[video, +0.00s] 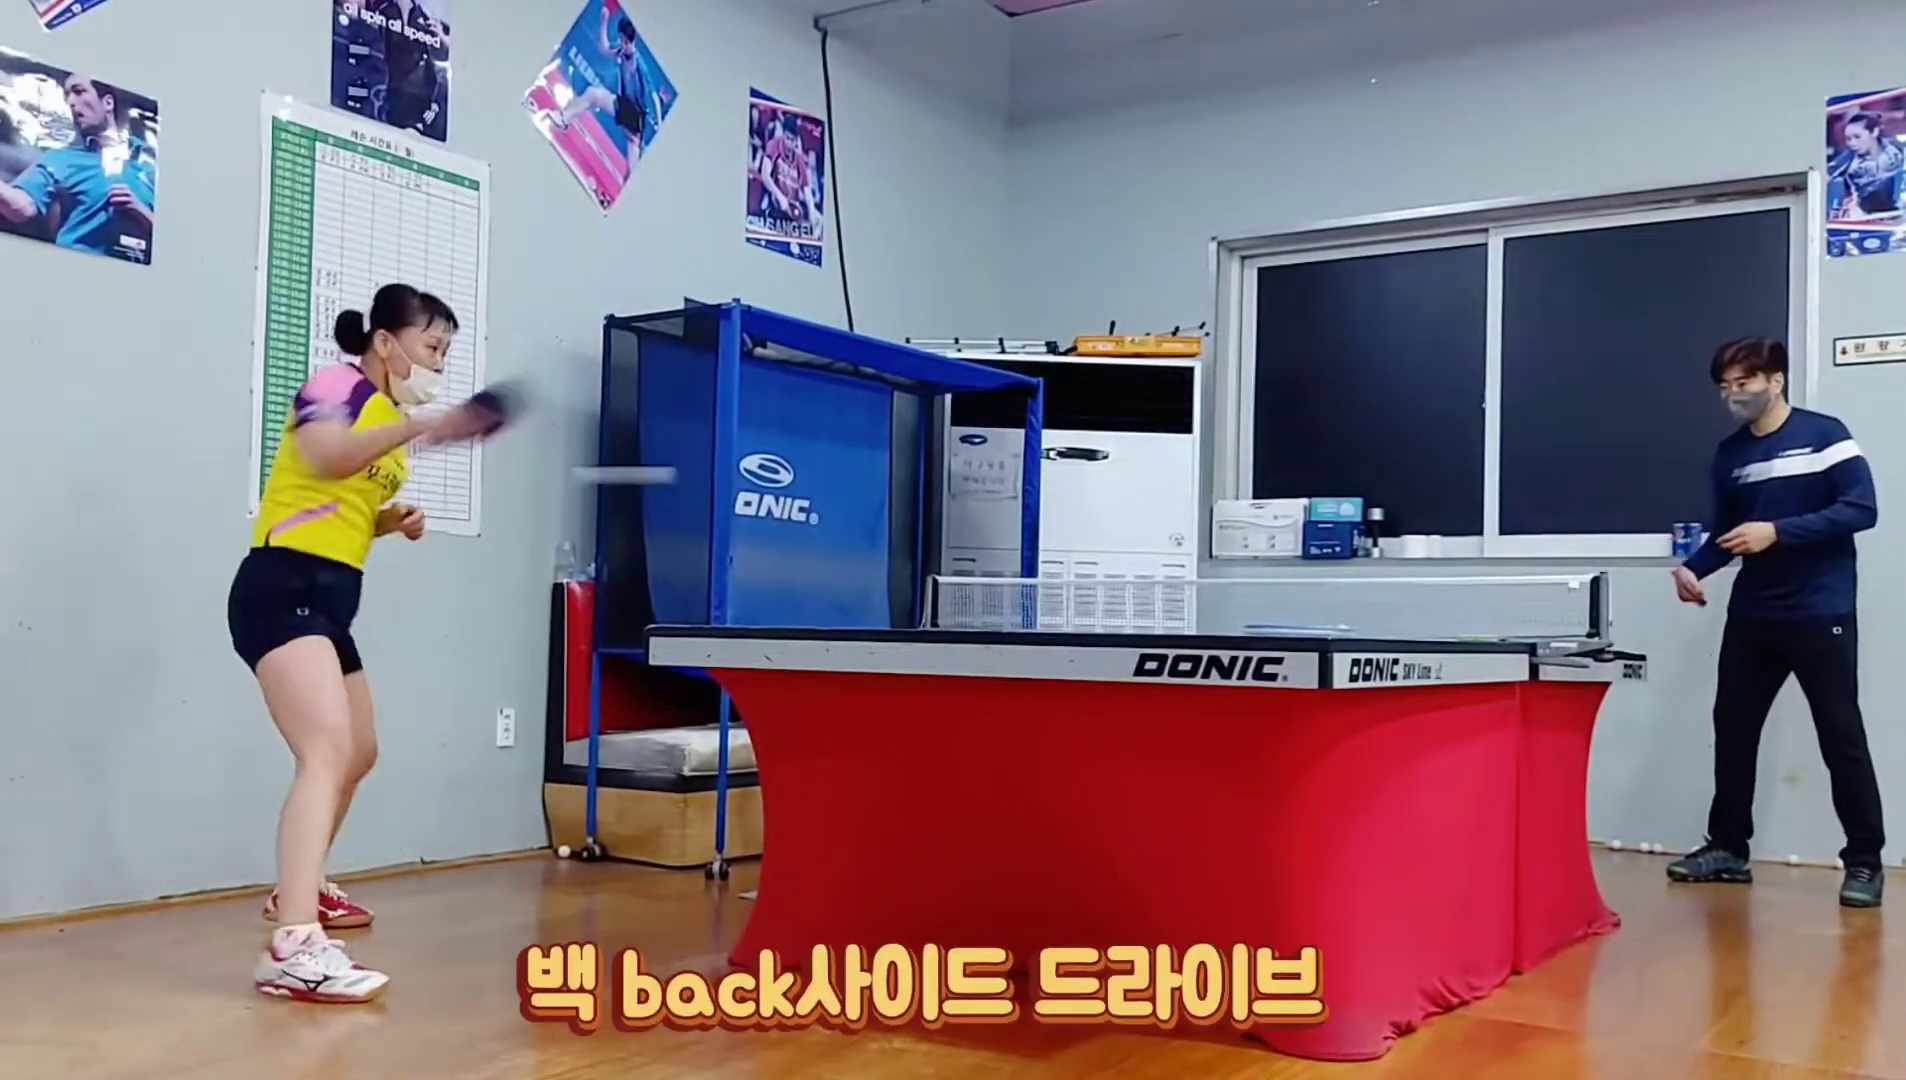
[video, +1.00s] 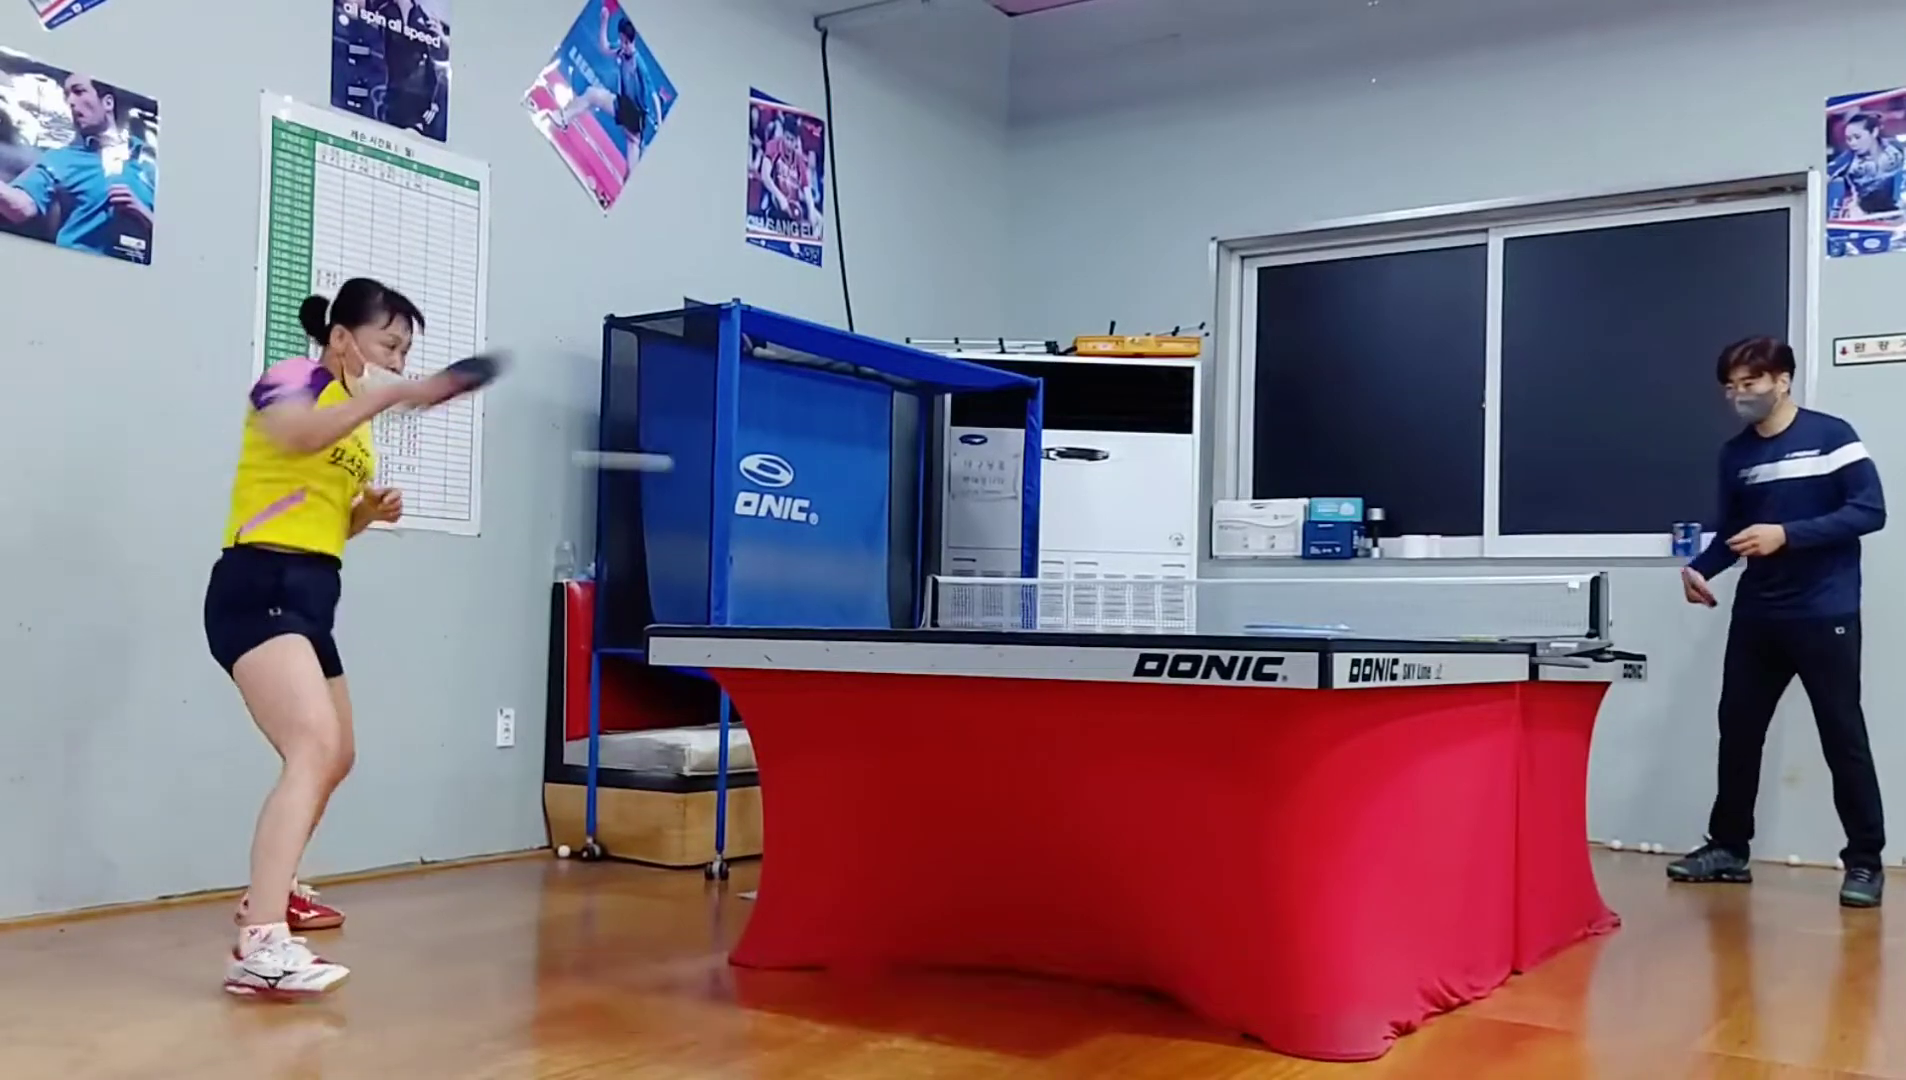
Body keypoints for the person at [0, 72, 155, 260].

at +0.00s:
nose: (70, 101)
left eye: (80, 91)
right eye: (67, 96)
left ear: (108, 103)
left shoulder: (149, 161)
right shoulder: (60, 159)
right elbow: (21, 207)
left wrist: (143, 212)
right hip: (75, 262)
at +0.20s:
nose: (70, 101)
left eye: (79, 91)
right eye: (67, 96)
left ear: (108, 103)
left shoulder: (149, 162)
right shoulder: (60, 159)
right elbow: (21, 207)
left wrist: (143, 213)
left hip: (135, 270)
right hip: (75, 261)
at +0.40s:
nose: (70, 101)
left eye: (79, 91)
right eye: (67, 96)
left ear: (108, 103)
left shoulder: (150, 160)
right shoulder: (60, 159)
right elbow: (20, 207)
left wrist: (143, 212)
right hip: (74, 263)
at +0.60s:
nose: (70, 101)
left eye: (79, 91)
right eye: (67, 96)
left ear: (108, 102)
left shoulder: (150, 160)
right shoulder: (60, 159)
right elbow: (20, 207)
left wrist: (143, 212)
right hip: (74, 262)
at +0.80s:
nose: (70, 101)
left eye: (79, 91)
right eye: (67, 96)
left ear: (108, 102)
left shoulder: (150, 163)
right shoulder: (60, 159)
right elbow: (20, 207)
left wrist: (144, 213)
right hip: (75, 263)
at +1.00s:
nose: (70, 101)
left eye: (79, 91)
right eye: (67, 96)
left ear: (108, 102)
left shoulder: (150, 162)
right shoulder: (60, 159)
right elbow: (20, 208)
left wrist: (143, 213)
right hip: (74, 263)